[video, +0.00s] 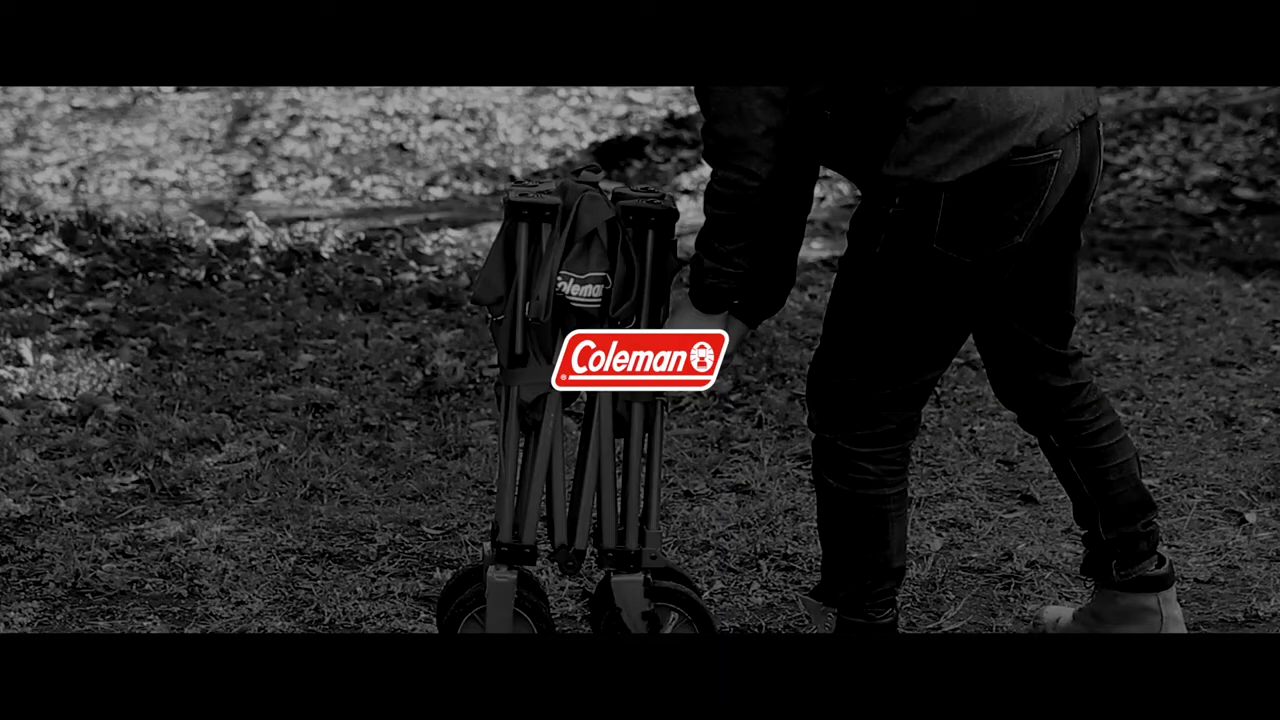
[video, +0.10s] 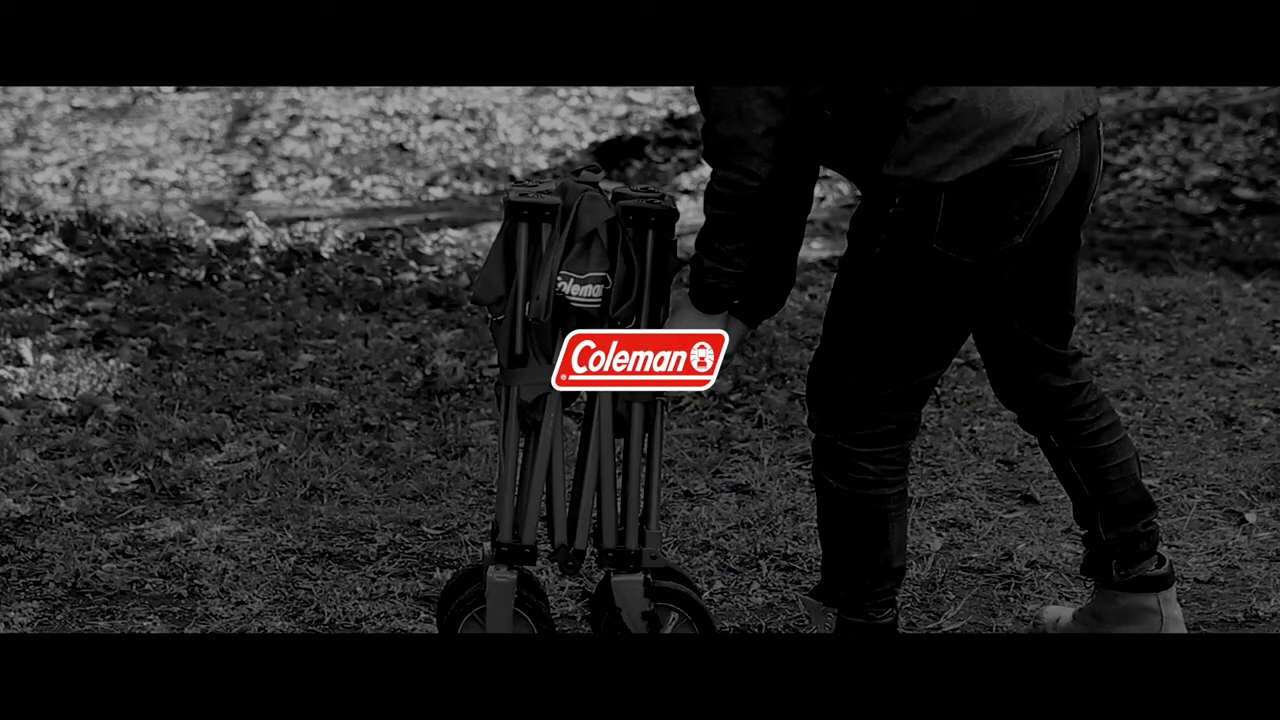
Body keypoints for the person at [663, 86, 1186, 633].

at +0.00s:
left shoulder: (746, 91)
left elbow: (758, 173)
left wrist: (712, 309)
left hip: (947, 161)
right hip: (1067, 123)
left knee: (857, 409)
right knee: (1038, 364)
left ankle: (862, 616)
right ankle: (1136, 588)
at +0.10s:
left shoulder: (746, 91)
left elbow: (758, 173)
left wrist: (712, 309)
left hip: (947, 161)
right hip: (1067, 123)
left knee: (857, 409)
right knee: (1038, 364)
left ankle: (862, 616)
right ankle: (1136, 588)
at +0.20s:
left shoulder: (746, 91)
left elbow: (758, 173)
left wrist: (712, 309)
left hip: (947, 161)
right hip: (1067, 123)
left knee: (857, 409)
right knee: (1038, 364)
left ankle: (862, 616)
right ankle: (1136, 588)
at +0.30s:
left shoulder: (746, 91)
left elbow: (758, 173)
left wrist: (712, 309)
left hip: (947, 161)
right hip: (1067, 123)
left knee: (857, 409)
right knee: (1038, 364)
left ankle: (862, 616)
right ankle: (1136, 588)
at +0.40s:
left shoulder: (746, 91)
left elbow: (758, 173)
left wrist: (712, 309)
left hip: (947, 161)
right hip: (1067, 123)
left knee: (857, 409)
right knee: (1038, 364)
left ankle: (862, 616)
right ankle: (1136, 588)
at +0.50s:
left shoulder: (746, 91)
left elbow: (758, 173)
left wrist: (712, 309)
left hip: (947, 161)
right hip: (1067, 123)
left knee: (857, 409)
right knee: (1038, 364)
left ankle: (862, 616)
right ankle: (1136, 588)